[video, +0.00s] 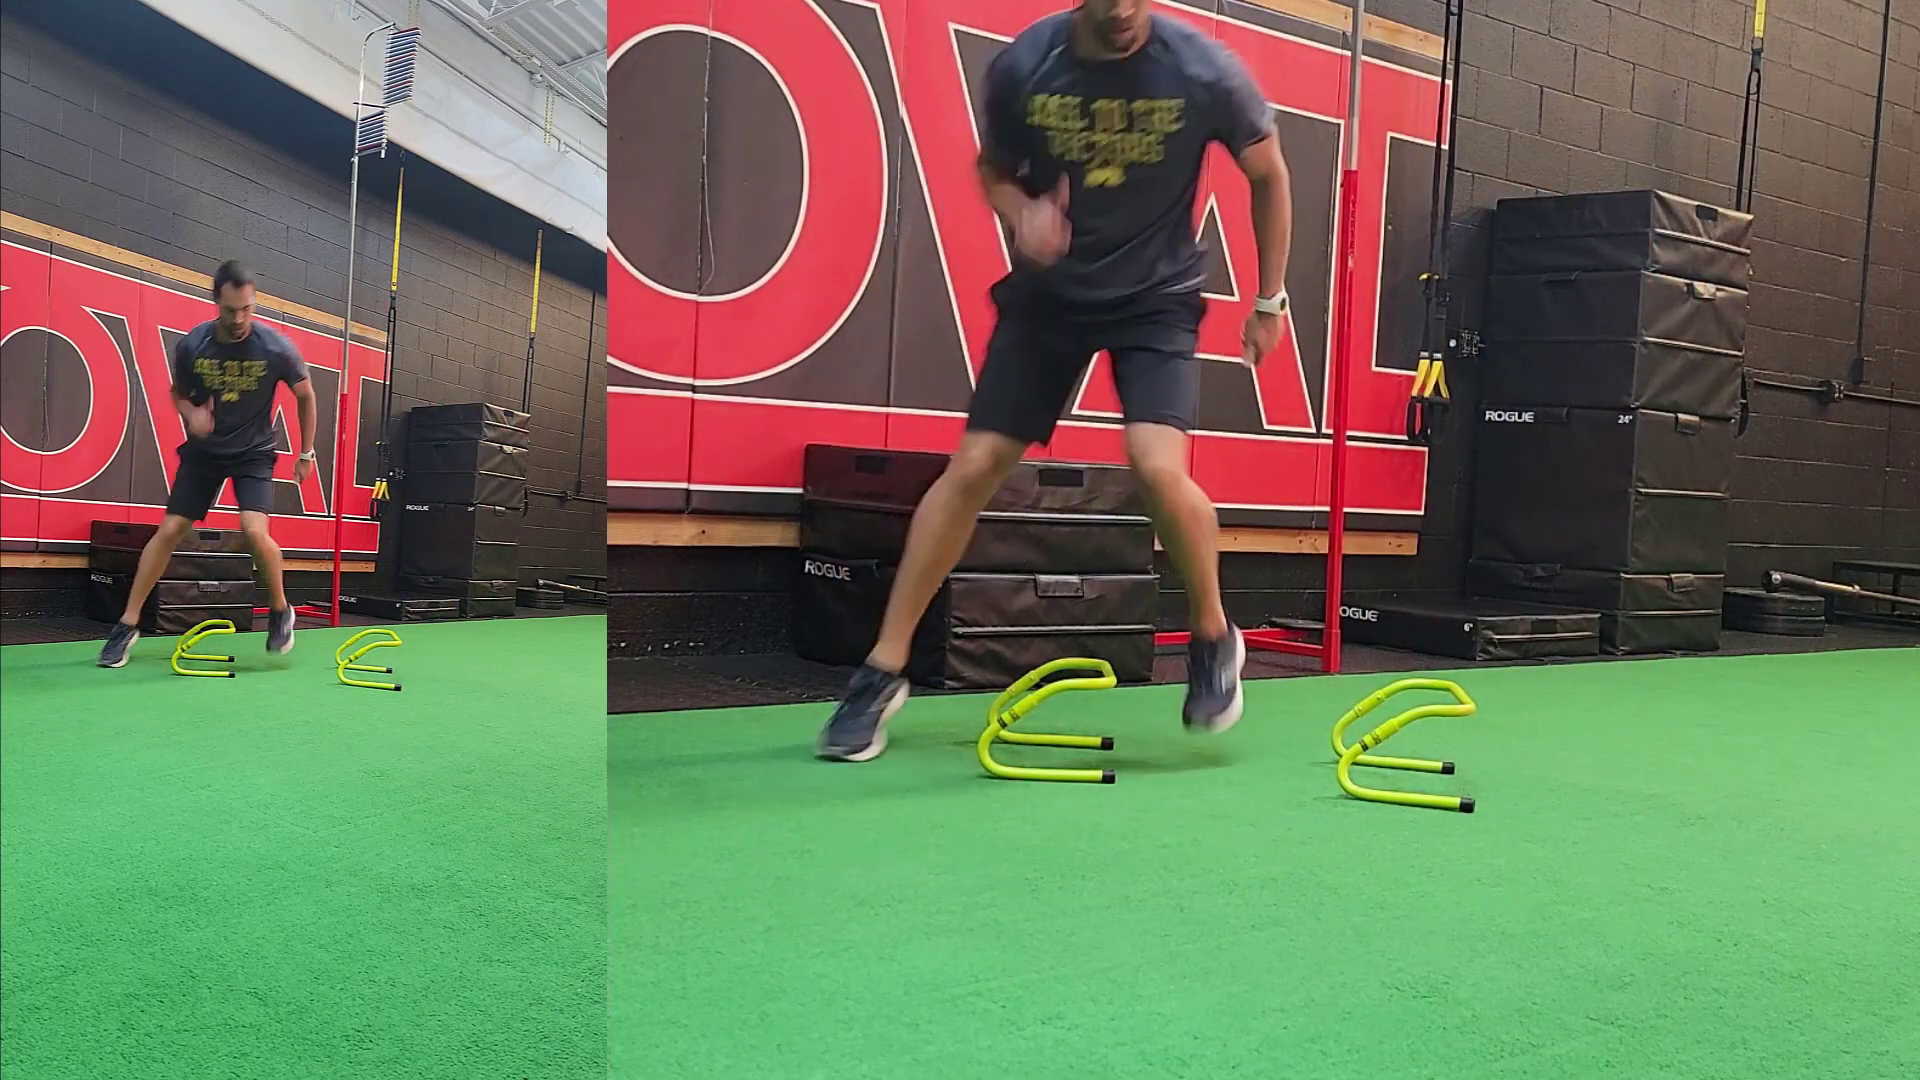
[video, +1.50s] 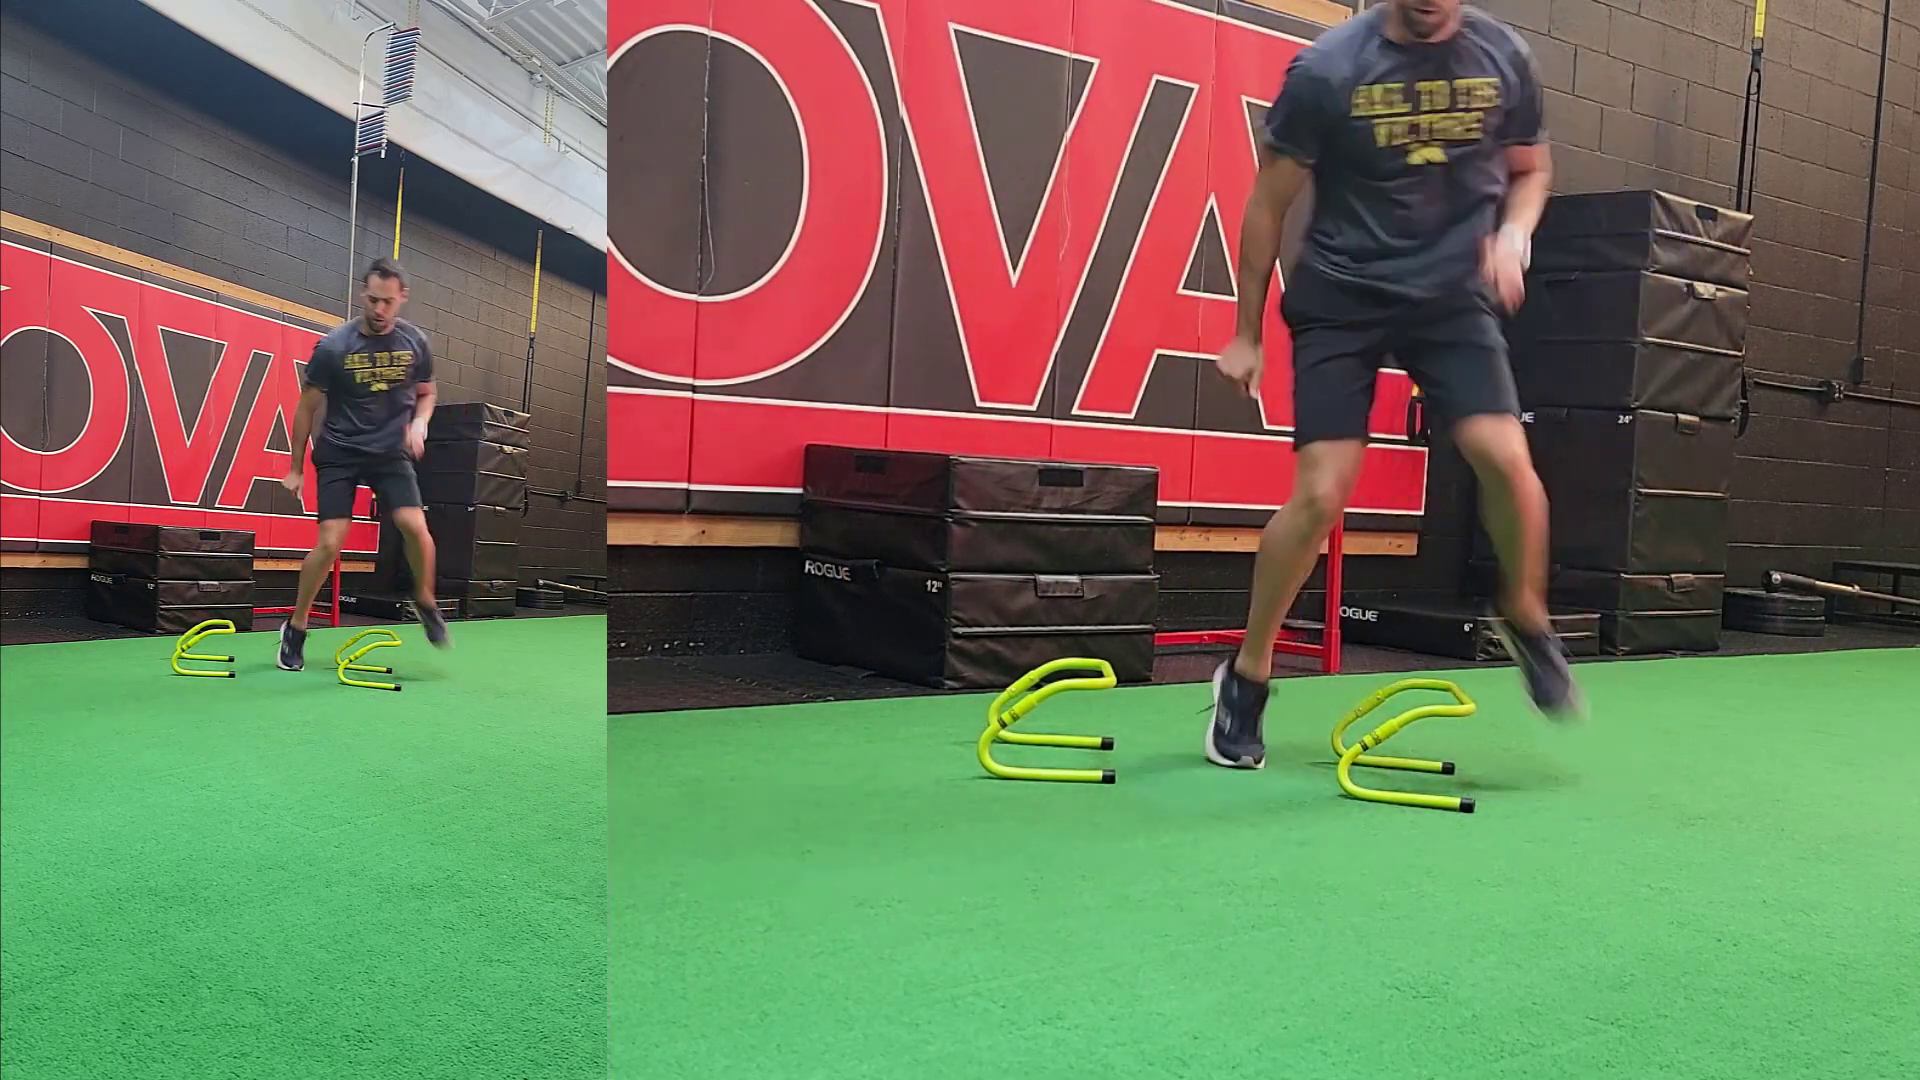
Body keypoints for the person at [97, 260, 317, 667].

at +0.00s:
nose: (240, 318)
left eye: (246, 309)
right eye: (231, 310)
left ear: (254, 303)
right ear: (215, 303)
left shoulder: (277, 349)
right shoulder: (191, 347)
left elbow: (305, 394)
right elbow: (179, 393)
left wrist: (306, 451)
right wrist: (192, 416)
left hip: (253, 451)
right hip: (203, 449)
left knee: (254, 531)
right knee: (169, 530)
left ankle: (280, 609)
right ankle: (127, 623)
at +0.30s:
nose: (331, 311)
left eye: (337, 302)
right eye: (323, 301)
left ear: (345, 297)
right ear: (304, 293)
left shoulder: (357, 336)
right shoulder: (275, 337)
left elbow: (368, 386)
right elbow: (249, 387)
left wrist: (356, 399)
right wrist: (231, 440)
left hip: (335, 443)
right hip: (289, 442)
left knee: (338, 527)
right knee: (302, 523)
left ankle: (315, 592)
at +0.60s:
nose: (421, 342)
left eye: (427, 333)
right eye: (412, 332)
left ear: (433, 327)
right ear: (391, 323)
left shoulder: (436, 358)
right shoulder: (361, 369)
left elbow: (437, 399)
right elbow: (342, 438)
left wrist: (430, 443)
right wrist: (378, 473)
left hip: (416, 461)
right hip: (369, 462)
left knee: (434, 547)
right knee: (378, 527)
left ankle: (457, 642)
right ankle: (335, 577)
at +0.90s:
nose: (482, 401)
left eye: (489, 392)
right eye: (474, 391)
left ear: (495, 385)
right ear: (455, 379)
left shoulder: (488, 412)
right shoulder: (418, 424)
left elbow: (466, 444)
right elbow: (409, 497)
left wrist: (476, 468)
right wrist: (468, 478)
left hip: (455, 493)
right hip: (409, 498)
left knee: (473, 563)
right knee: (450, 558)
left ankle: (461, 650)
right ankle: (437, 586)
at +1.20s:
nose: (464, 376)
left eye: (473, 368)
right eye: (457, 365)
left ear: (484, 366)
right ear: (444, 359)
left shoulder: (483, 413)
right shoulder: (411, 404)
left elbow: (485, 481)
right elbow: (368, 460)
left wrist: (493, 544)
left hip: (451, 495)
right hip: (404, 489)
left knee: (474, 565)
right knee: (435, 536)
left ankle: (461, 651)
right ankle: (417, 574)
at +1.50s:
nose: (379, 310)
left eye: (388, 301)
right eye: (373, 299)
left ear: (402, 300)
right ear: (361, 295)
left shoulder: (415, 342)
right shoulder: (333, 347)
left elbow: (426, 393)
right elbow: (307, 407)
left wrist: (418, 424)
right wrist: (295, 468)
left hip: (391, 452)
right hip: (339, 452)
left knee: (415, 526)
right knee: (330, 544)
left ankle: (425, 601)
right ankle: (296, 627)